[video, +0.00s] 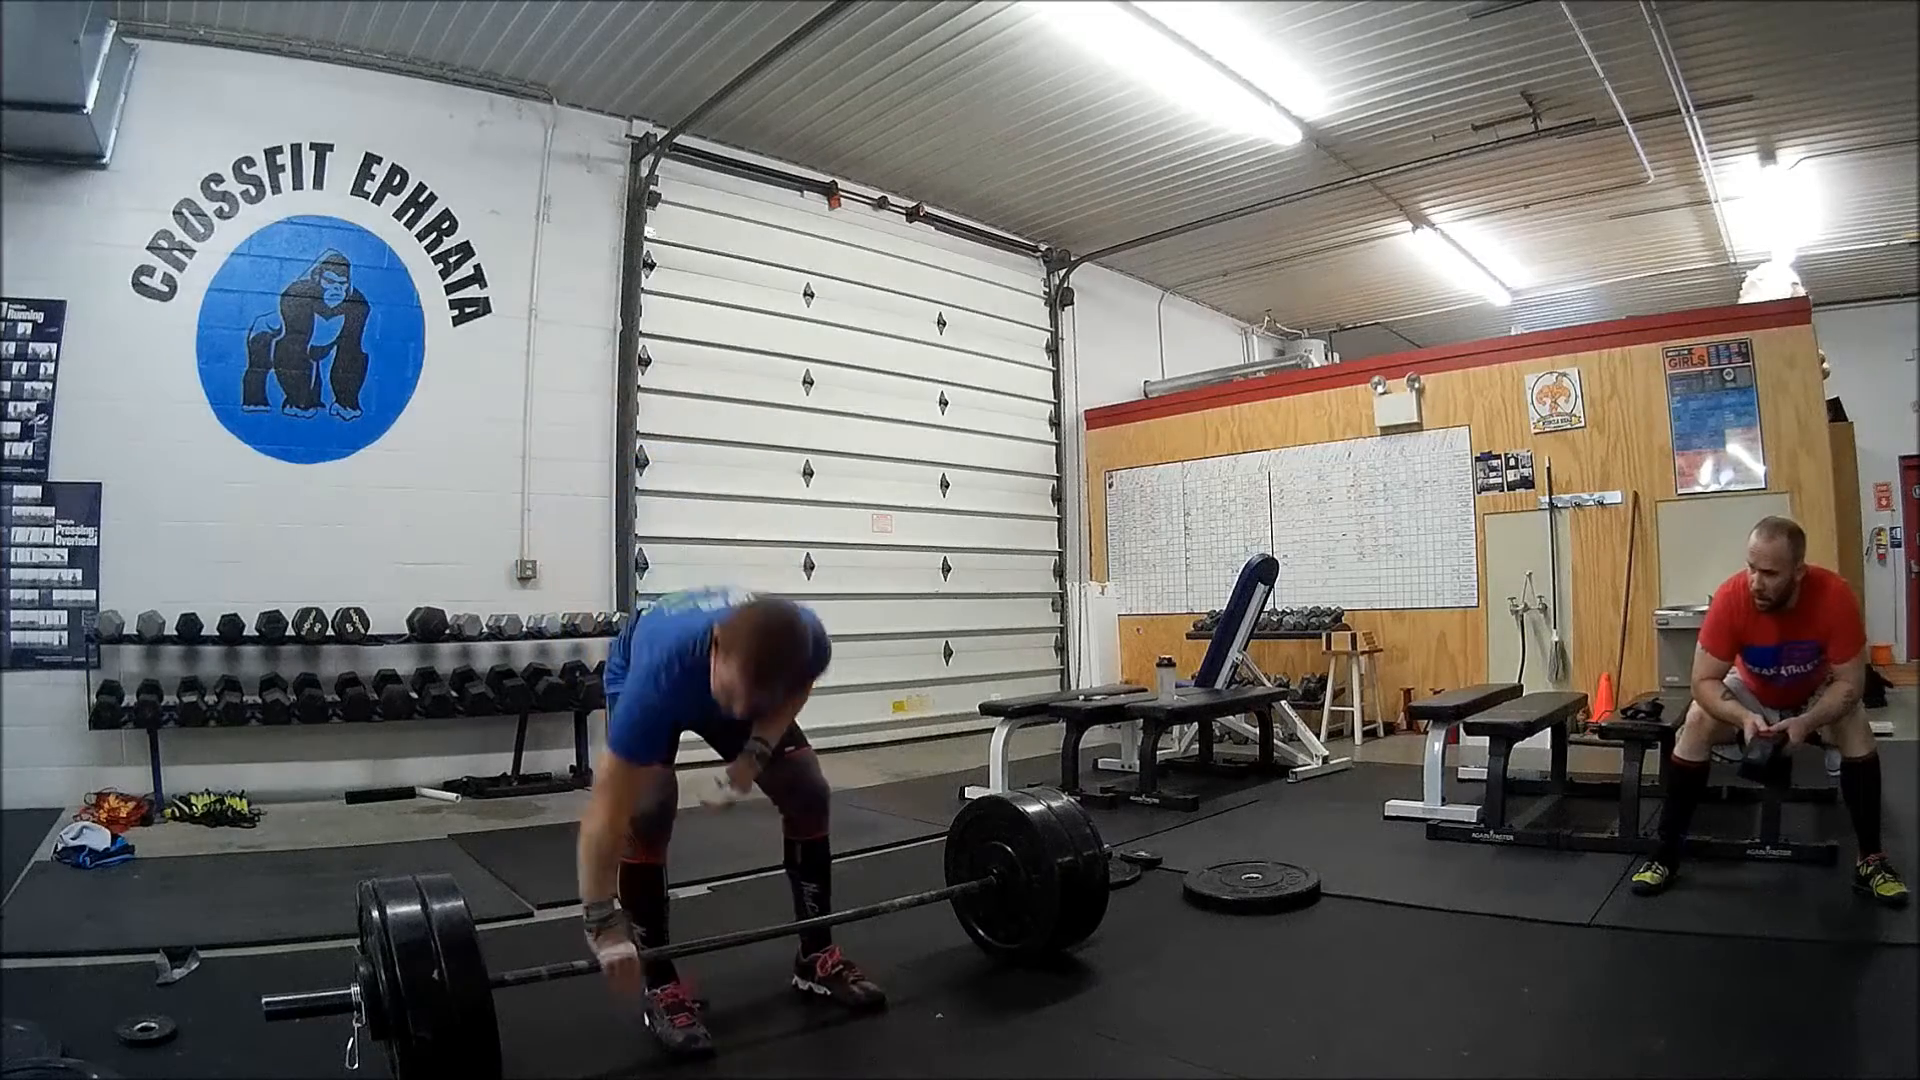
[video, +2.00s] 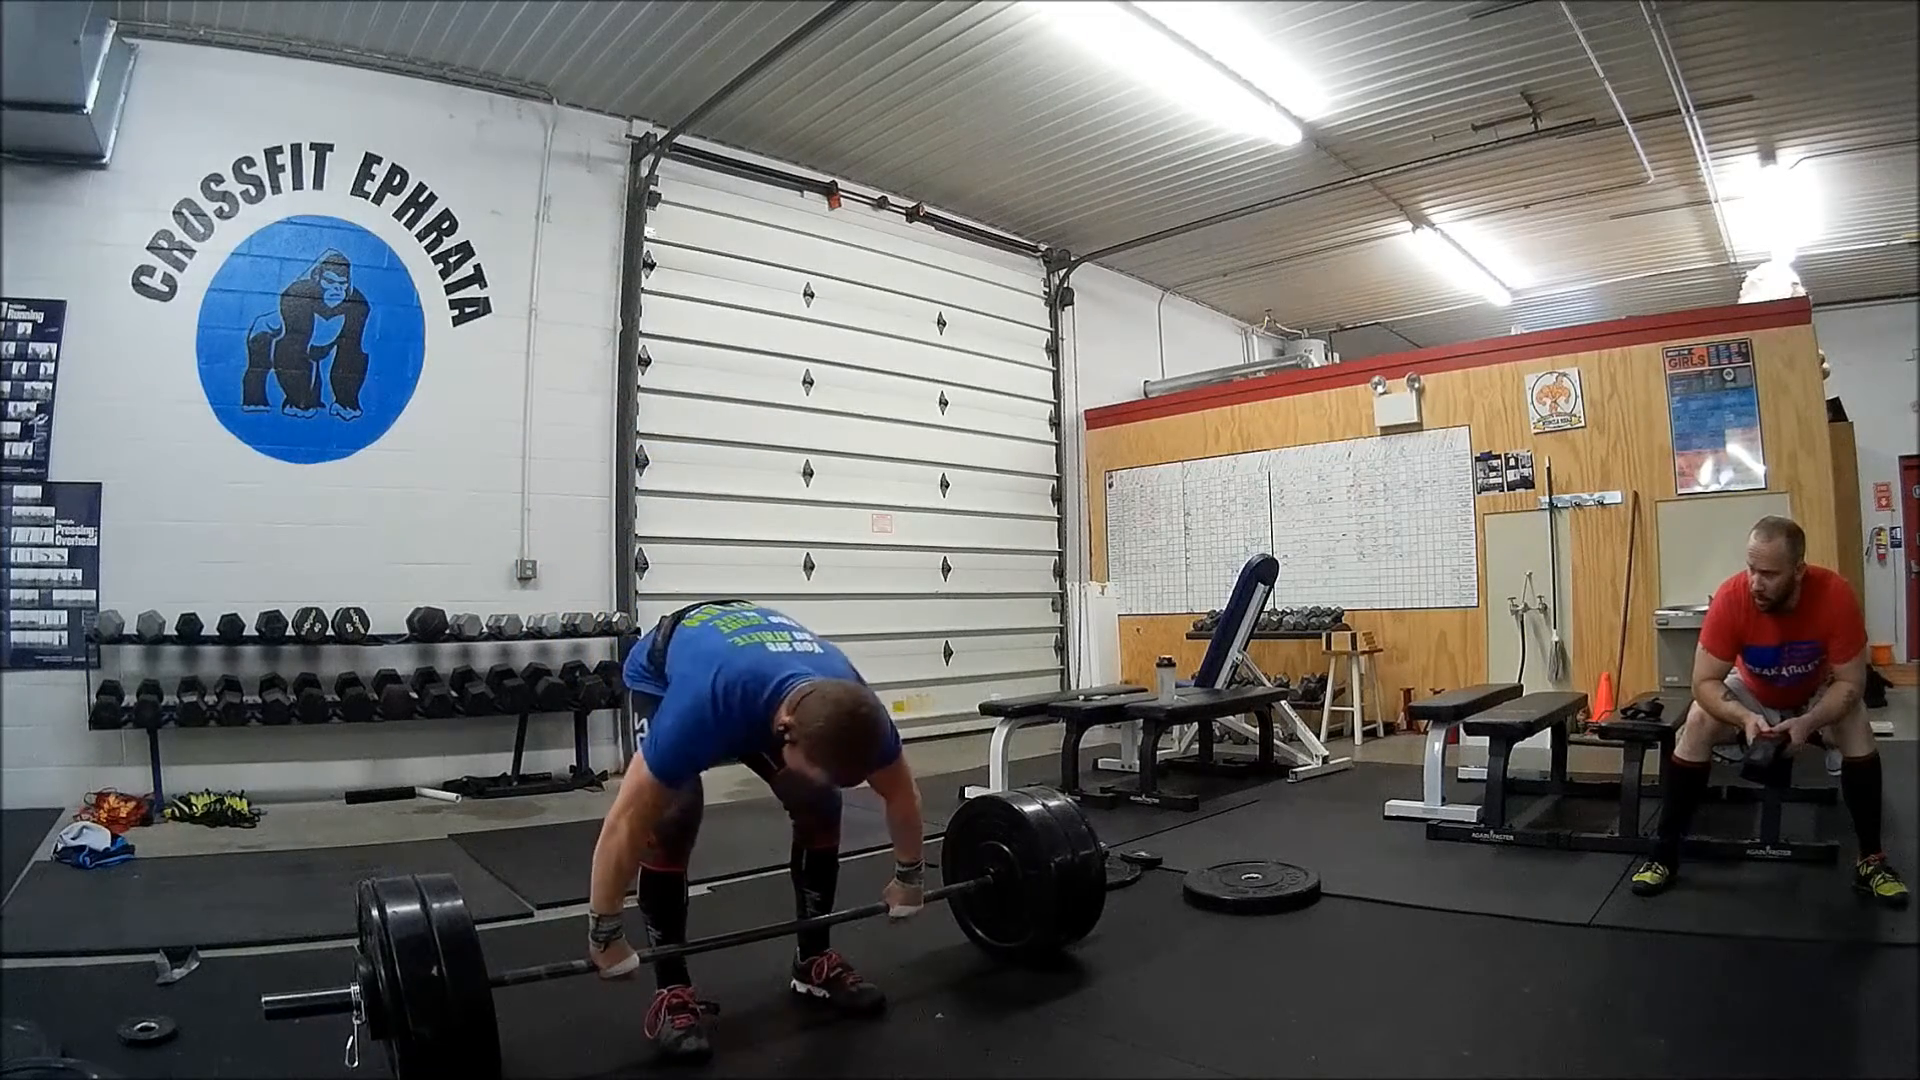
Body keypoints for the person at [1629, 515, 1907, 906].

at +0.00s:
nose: (1757, 583)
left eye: (1770, 574)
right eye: (1752, 569)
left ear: (1798, 570)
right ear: (1747, 561)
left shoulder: (1834, 597)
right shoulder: (1731, 598)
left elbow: (1850, 684)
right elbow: (1703, 682)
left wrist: (1806, 722)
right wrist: (1742, 717)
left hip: (1815, 696)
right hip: (1751, 694)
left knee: (1854, 723)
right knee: (1696, 721)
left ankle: (1871, 859)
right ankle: (1665, 856)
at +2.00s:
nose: (1756, 584)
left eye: (1769, 575)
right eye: (1752, 570)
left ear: (1799, 569)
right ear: (1746, 562)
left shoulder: (1834, 595)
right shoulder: (1731, 598)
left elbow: (1850, 682)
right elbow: (1704, 683)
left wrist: (1808, 722)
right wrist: (1743, 718)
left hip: (1816, 695)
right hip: (1752, 694)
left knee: (1855, 723)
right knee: (1697, 721)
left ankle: (1871, 860)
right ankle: (1664, 857)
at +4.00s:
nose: (1758, 583)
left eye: (1771, 573)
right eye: (1753, 569)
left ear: (1800, 568)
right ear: (1747, 560)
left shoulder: (1834, 595)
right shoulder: (1732, 597)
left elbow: (1851, 681)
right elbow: (1705, 682)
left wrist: (1813, 722)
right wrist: (1742, 721)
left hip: (1816, 695)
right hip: (1752, 693)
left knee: (1854, 724)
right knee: (1698, 721)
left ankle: (1871, 860)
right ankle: (1664, 857)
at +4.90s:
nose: (1756, 582)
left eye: (1768, 573)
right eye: (1751, 569)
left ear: (1798, 568)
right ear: (1746, 561)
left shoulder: (1832, 594)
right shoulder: (1731, 597)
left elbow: (1850, 682)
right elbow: (1703, 682)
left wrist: (1810, 722)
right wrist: (1741, 720)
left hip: (1815, 693)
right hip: (1751, 691)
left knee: (1854, 723)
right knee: (1697, 722)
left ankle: (1871, 861)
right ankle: (1664, 857)